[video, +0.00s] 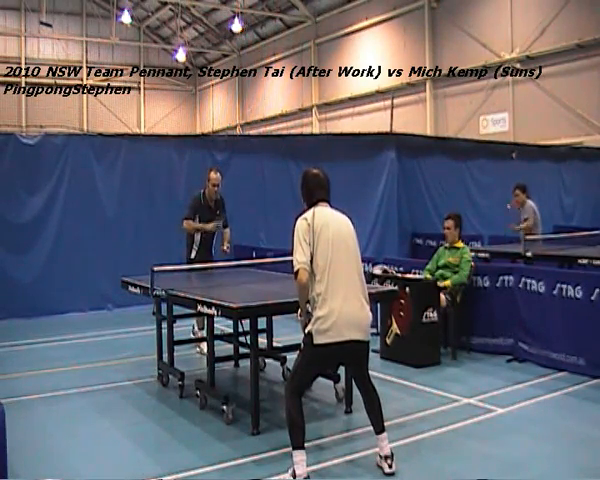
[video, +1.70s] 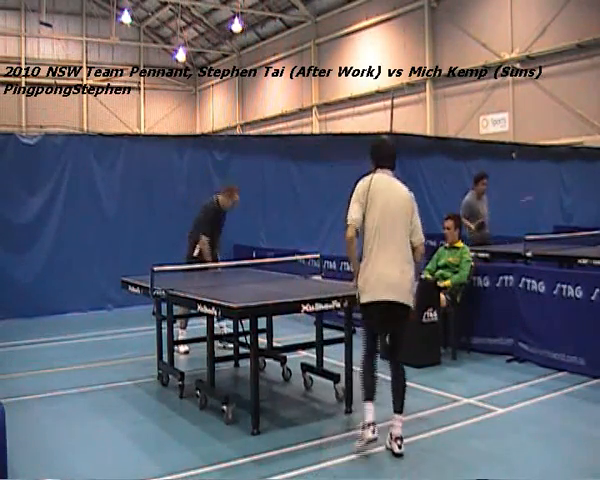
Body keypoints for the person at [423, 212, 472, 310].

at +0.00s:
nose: (445, 232)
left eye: (448, 229)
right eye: (444, 229)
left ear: (457, 230)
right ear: (443, 230)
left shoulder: (464, 251)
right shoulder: (442, 249)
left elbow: (463, 276)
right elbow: (430, 267)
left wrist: (446, 283)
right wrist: (428, 277)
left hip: (452, 284)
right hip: (436, 281)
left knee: (442, 298)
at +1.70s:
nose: (445, 232)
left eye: (448, 229)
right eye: (444, 228)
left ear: (457, 231)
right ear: (443, 229)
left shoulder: (464, 251)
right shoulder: (441, 249)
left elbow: (463, 275)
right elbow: (429, 268)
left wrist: (446, 283)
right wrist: (427, 276)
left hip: (453, 284)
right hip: (435, 282)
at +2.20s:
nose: (445, 232)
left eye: (448, 229)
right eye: (444, 229)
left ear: (458, 230)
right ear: (443, 230)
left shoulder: (464, 251)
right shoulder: (441, 249)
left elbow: (463, 275)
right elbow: (432, 265)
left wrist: (446, 283)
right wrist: (429, 274)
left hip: (454, 284)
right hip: (437, 282)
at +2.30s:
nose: (445, 232)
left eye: (449, 229)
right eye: (445, 229)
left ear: (458, 230)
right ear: (444, 230)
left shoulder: (464, 251)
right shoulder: (442, 249)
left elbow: (463, 275)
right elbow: (430, 267)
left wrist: (446, 283)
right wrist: (426, 277)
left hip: (452, 286)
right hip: (435, 283)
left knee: (437, 301)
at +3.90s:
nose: (445, 231)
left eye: (449, 228)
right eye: (444, 228)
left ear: (457, 230)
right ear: (441, 229)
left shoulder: (464, 251)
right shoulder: (441, 249)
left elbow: (463, 276)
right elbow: (429, 268)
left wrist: (445, 283)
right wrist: (428, 277)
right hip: (435, 282)